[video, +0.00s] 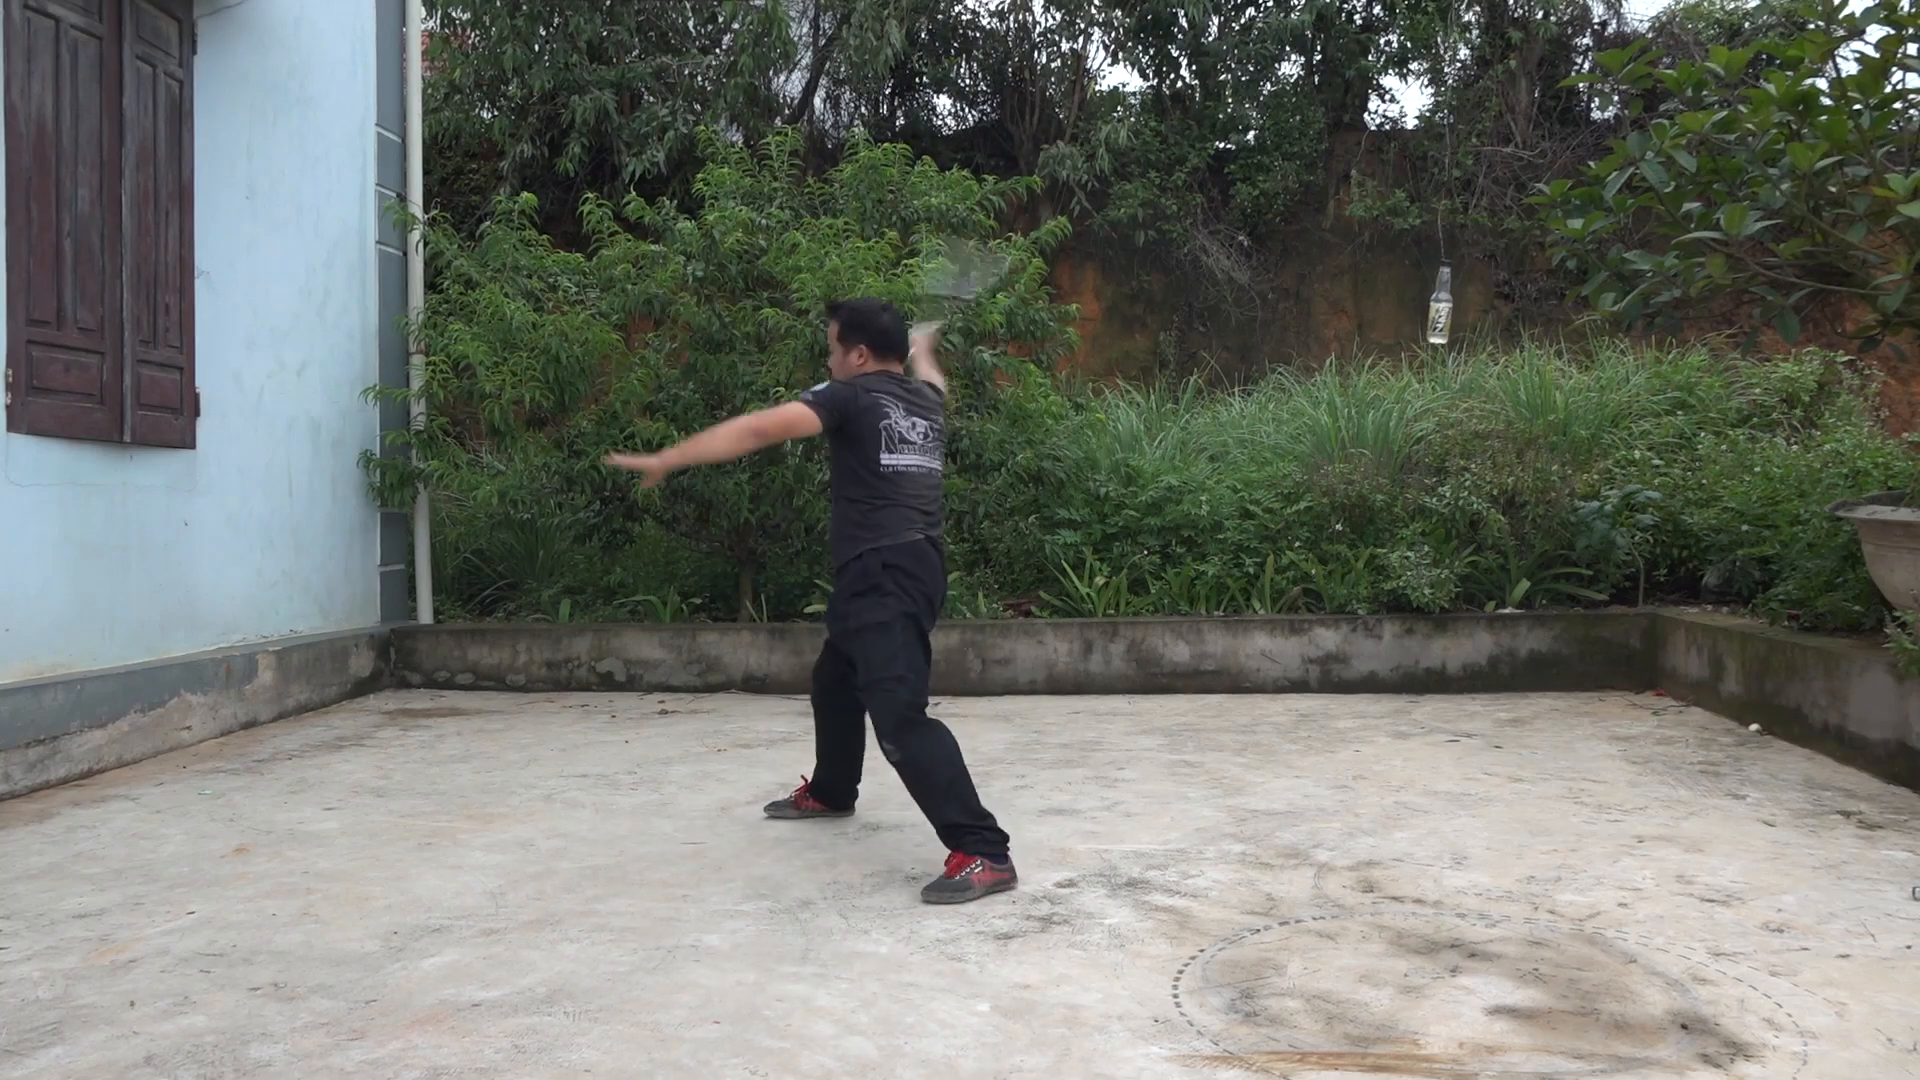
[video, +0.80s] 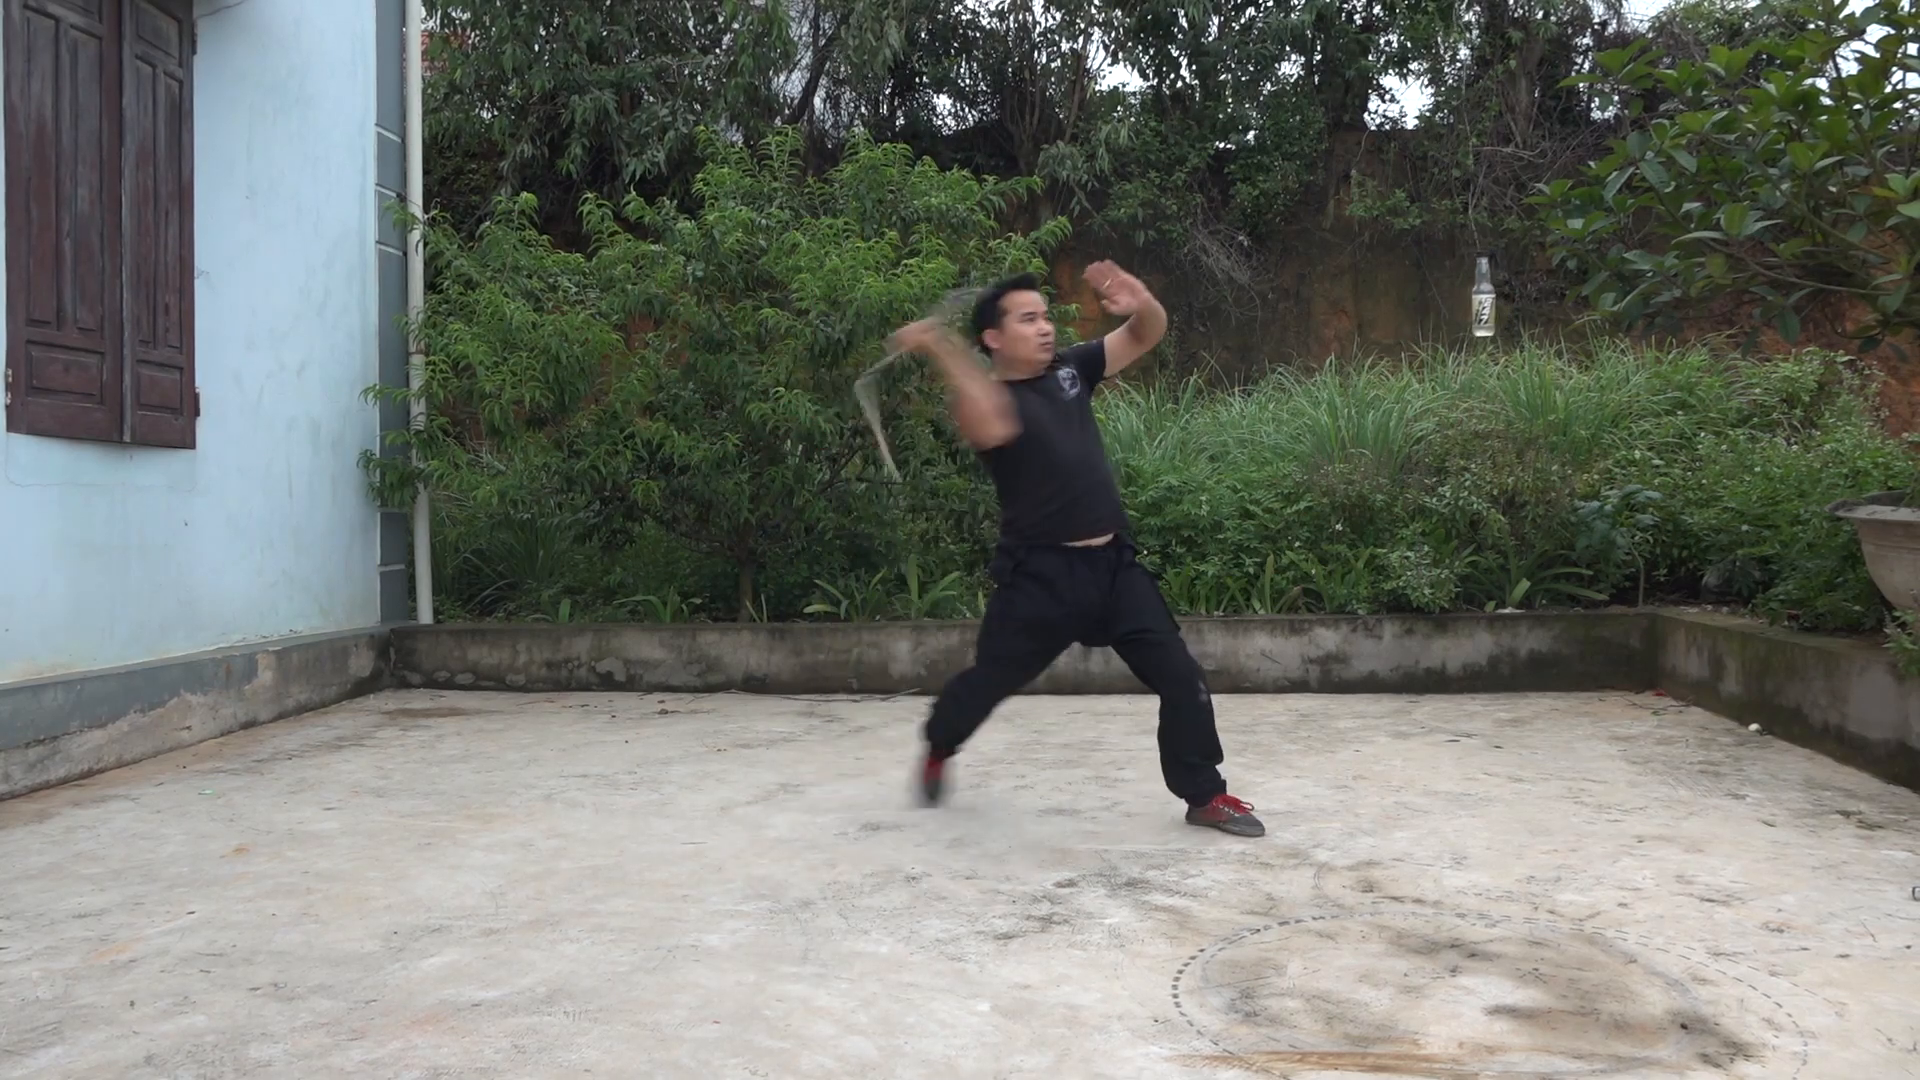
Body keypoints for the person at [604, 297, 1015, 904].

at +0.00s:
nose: (831, 358)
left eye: (836, 348)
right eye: (832, 347)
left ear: (860, 350)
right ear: (893, 353)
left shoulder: (851, 395)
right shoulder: (925, 398)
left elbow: (760, 428)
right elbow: (932, 382)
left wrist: (667, 458)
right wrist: (922, 348)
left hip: (882, 572)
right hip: (912, 569)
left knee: (900, 719)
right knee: (835, 681)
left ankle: (984, 853)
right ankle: (832, 793)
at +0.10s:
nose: (831, 359)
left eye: (838, 348)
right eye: (832, 349)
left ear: (874, 349)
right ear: (887, 354)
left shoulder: (856, 392)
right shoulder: (937, 406)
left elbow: (764, 396)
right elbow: (984, 432)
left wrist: (657, 391)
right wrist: (1002, 366)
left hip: (894, 571)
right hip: (910, 569)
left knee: (903, 717)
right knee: (848, 682)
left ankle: (985, 856)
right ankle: (835, 792)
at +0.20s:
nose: (828, 369)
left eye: (837, 357)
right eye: (828, 358)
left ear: (879, 358)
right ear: (885, 363)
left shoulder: (860, 400)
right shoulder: (944, 411)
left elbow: (776, 380)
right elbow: (1011, 454)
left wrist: (684, 336)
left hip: (913, 577)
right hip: (916, 577)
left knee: (901, 719)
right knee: (843, 675)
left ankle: (985, 856)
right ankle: (856, 791)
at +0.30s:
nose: (825, 368)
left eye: (838, 355)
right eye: (821, 357)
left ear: (878, 361)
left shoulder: (874, 405)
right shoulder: (919, 401)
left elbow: (787, 386)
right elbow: (971, 425)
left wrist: (702, 333)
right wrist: (942, 493)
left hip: (939, 575)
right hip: (897, 583)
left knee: (947, 707)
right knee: (839, 688)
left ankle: (988, 851)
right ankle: (862, 793)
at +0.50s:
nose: (897, 361)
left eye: (908, 349)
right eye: (882, 353)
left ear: (927, 356)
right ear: (867, 360)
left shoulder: (933, 400)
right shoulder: (870, 411)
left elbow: (880, 385)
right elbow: (830, 403)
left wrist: (794, 367)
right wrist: (781, 392)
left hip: (979, 571)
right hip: (917, 581)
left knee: (1053, 686)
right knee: (854, 683)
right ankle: (862, 793)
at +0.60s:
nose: (938, 353)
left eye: (946, 342)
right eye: (921, 343)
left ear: (958, 352)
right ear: (892, 357)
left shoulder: (972, 399)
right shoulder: (886, 419)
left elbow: (1001, 351)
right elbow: (838, 433)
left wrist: (951, 311)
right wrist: (818, 367)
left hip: (1011, 581)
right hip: (929, 589)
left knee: (1104, 679)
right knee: (867, 690)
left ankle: (1188, 786)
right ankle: (863, 792)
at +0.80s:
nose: (1046, 326)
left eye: (1047, 316)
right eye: (1028, 319)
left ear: (1054, 325)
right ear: (993, 339)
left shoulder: (1073, 368)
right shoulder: (990, 401)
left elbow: (1145, 335)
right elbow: (994, 428)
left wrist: (1143, 305)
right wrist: (942, 350)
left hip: (1114, 567)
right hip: (1042, 574)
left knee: (1181, 679)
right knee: (993, 679)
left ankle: (1205, 796)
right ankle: (939, 746)